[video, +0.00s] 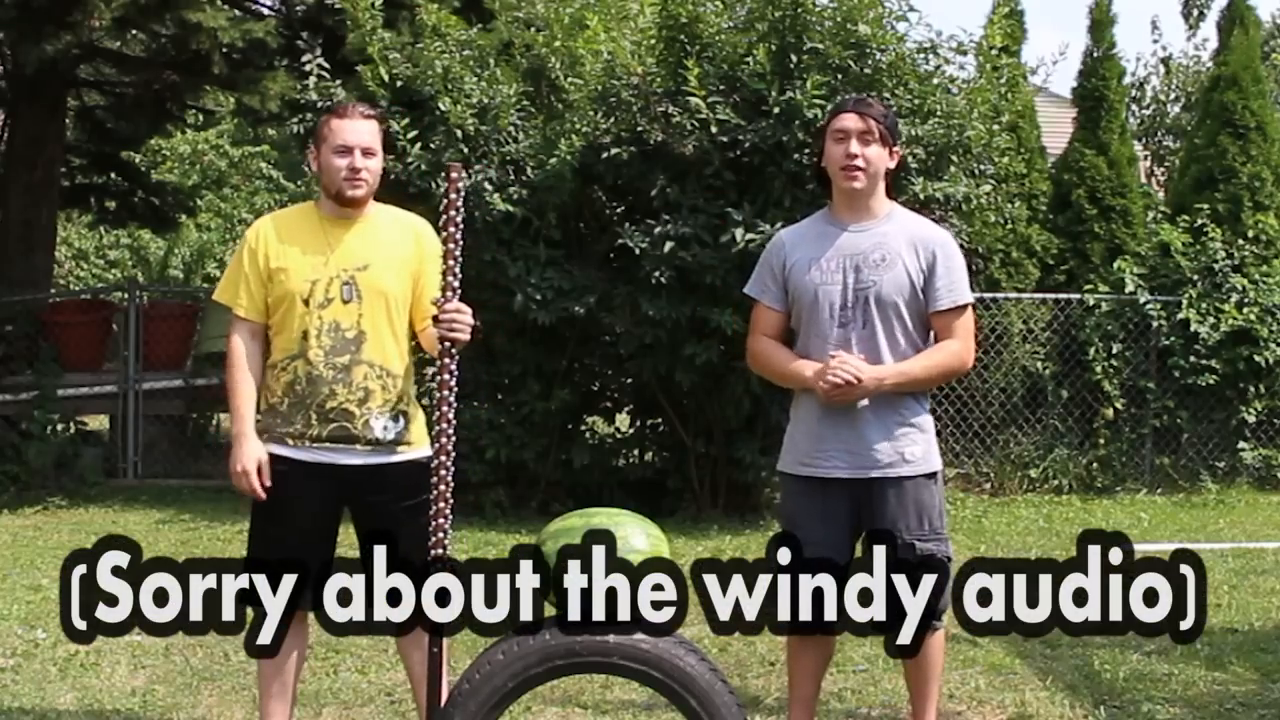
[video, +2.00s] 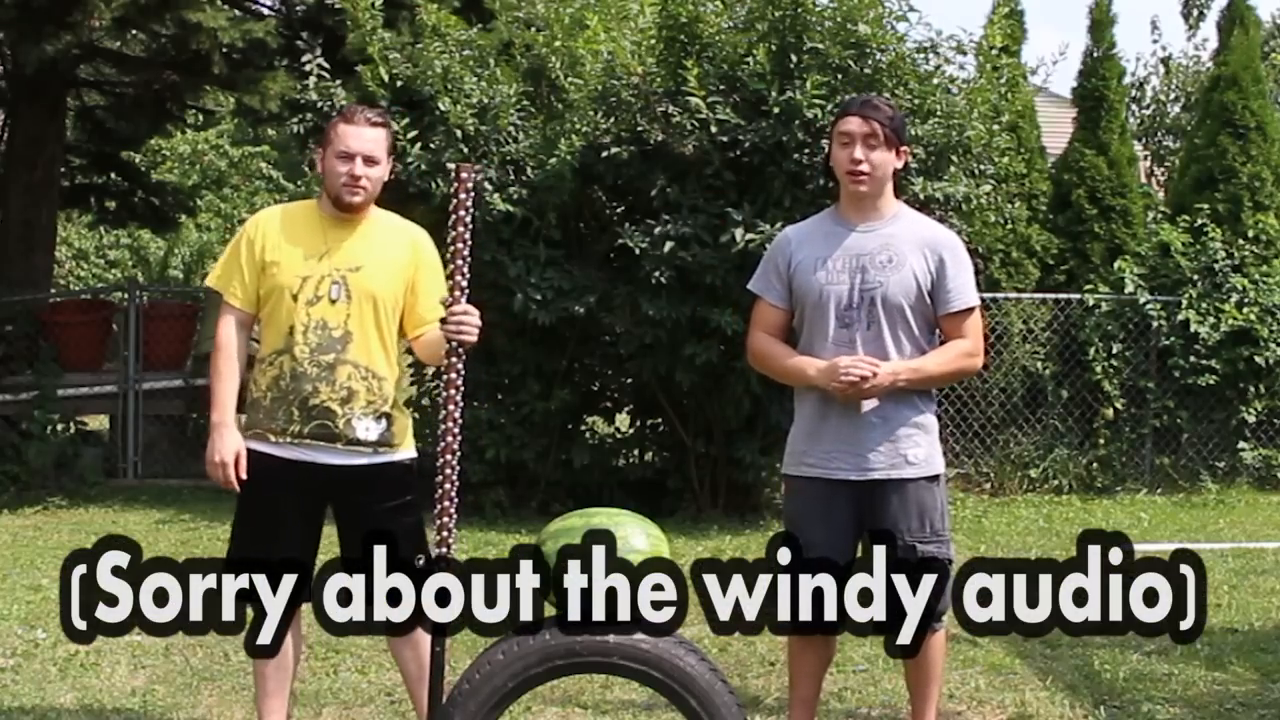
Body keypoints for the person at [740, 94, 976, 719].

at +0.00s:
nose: (852, 150)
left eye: (866, 140)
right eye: (840, 139)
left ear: (889, 157)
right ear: (823, 155)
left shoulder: (930, 243)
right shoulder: (789, 245)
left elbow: (960, 349)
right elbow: (760, 346)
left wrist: (877, 377)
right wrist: (810, 373)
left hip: (905, 464)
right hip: (813, 463)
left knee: (922, 607)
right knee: (809, 608)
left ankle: (923, 716)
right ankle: (799, 716)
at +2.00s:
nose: (856, 155)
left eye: (872, 144)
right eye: (845, 142)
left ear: (898, 157)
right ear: (830, 154)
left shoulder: (937, 243)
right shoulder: (793, 244)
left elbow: (970, 350)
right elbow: (760, 344)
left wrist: (895, 373)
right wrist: (818, 371)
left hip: (908, 465)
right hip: (817, 464)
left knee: (924, 609)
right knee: (809, 609)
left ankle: (924, 716)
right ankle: (800, 716)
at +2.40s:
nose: (821, 164)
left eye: (835, 153)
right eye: (820, 152)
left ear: (880, 159)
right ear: (820, 156)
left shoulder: (938, 245)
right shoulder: (798, 244)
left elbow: (970, 351)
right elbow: (767, 356)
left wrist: (893, 378)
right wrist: (773, 326)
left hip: (906, 467)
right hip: (816, 464)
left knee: (923, 611)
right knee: (810, 610)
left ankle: (924, 717)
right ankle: (800, 716)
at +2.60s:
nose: (819, 165)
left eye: (832, 153)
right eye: (818, 152)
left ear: (879, 158)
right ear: (829, 157)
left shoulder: (938, 244)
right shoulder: (801, 242)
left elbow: (970, 350)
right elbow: (746, 327)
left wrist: (889, 375)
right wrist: (705, 265)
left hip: (908, 467)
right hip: (817, 464)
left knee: (923, 611)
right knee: (811, 610)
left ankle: (925, 716)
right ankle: (800, 717)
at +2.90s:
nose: (818, 163)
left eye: (831, 152)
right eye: (817, 150)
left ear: (876, 159)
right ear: (826, 156)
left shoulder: (935, 245)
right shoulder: (802, 243)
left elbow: (967, 351)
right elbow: (765, 332)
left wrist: (888, 376)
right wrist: (694, 338)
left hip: (906, 467)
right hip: (816, 464)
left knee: (922, 611)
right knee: (812, 609)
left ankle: (924, 717)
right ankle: (800, 716)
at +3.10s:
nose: (810, 165)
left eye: (823, 153)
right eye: (809, 152)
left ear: (867, 157)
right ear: (834, 158)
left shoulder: (929, 245)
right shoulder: (798, 245)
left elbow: (961, 350)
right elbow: (780, 334)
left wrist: (874, 381)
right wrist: (784, 366)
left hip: (901, 467)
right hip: (813, 466)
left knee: (920, 611)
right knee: (809, 610)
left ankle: (924, 716)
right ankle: (799, 716)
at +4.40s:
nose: (821, 161)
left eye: (834, 151)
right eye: (821, 149)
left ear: (879, 158)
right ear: (829, 156)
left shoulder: (935, 245)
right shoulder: (805, 244)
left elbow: (964, 353)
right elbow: (762, 328)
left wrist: (875, 377)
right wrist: (697, 322)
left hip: (906, 468)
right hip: (817, 466)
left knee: (923, 612)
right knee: (812, 609)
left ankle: (925, 717)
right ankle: (800, 716)